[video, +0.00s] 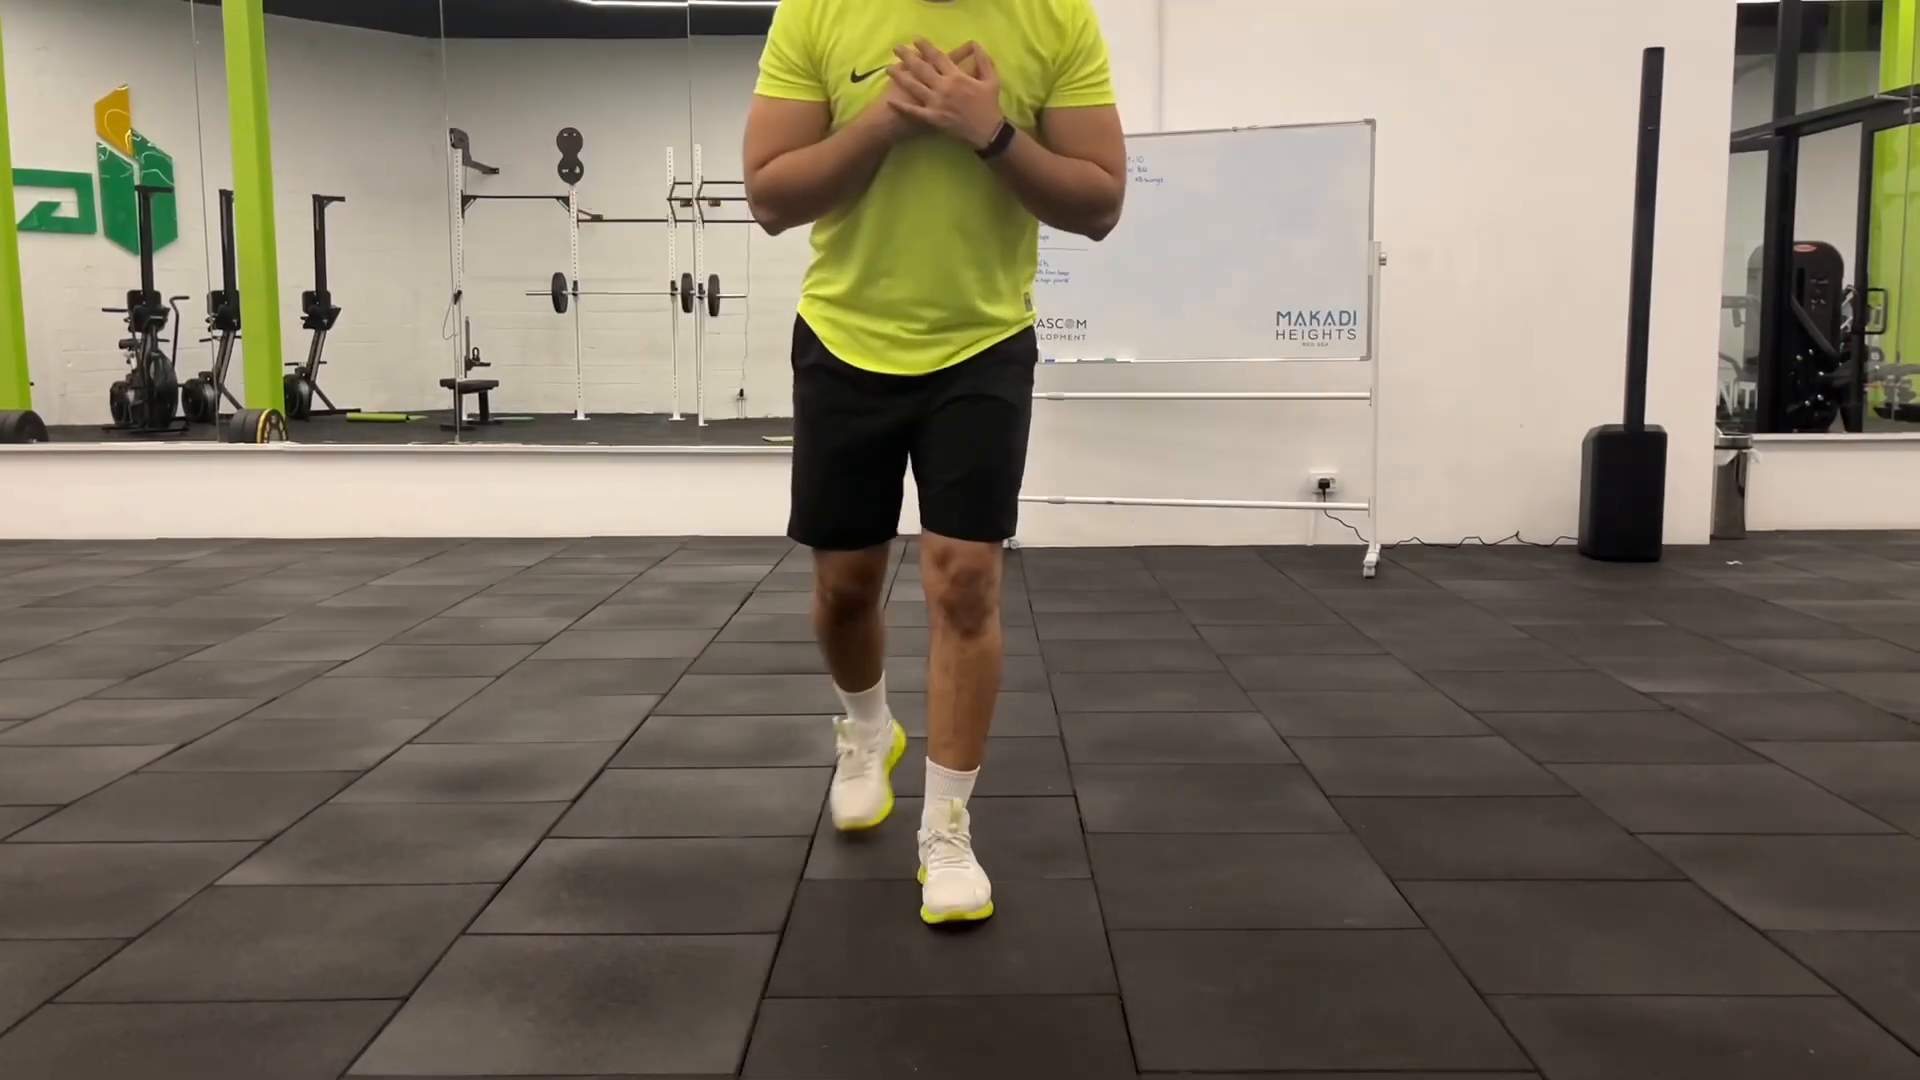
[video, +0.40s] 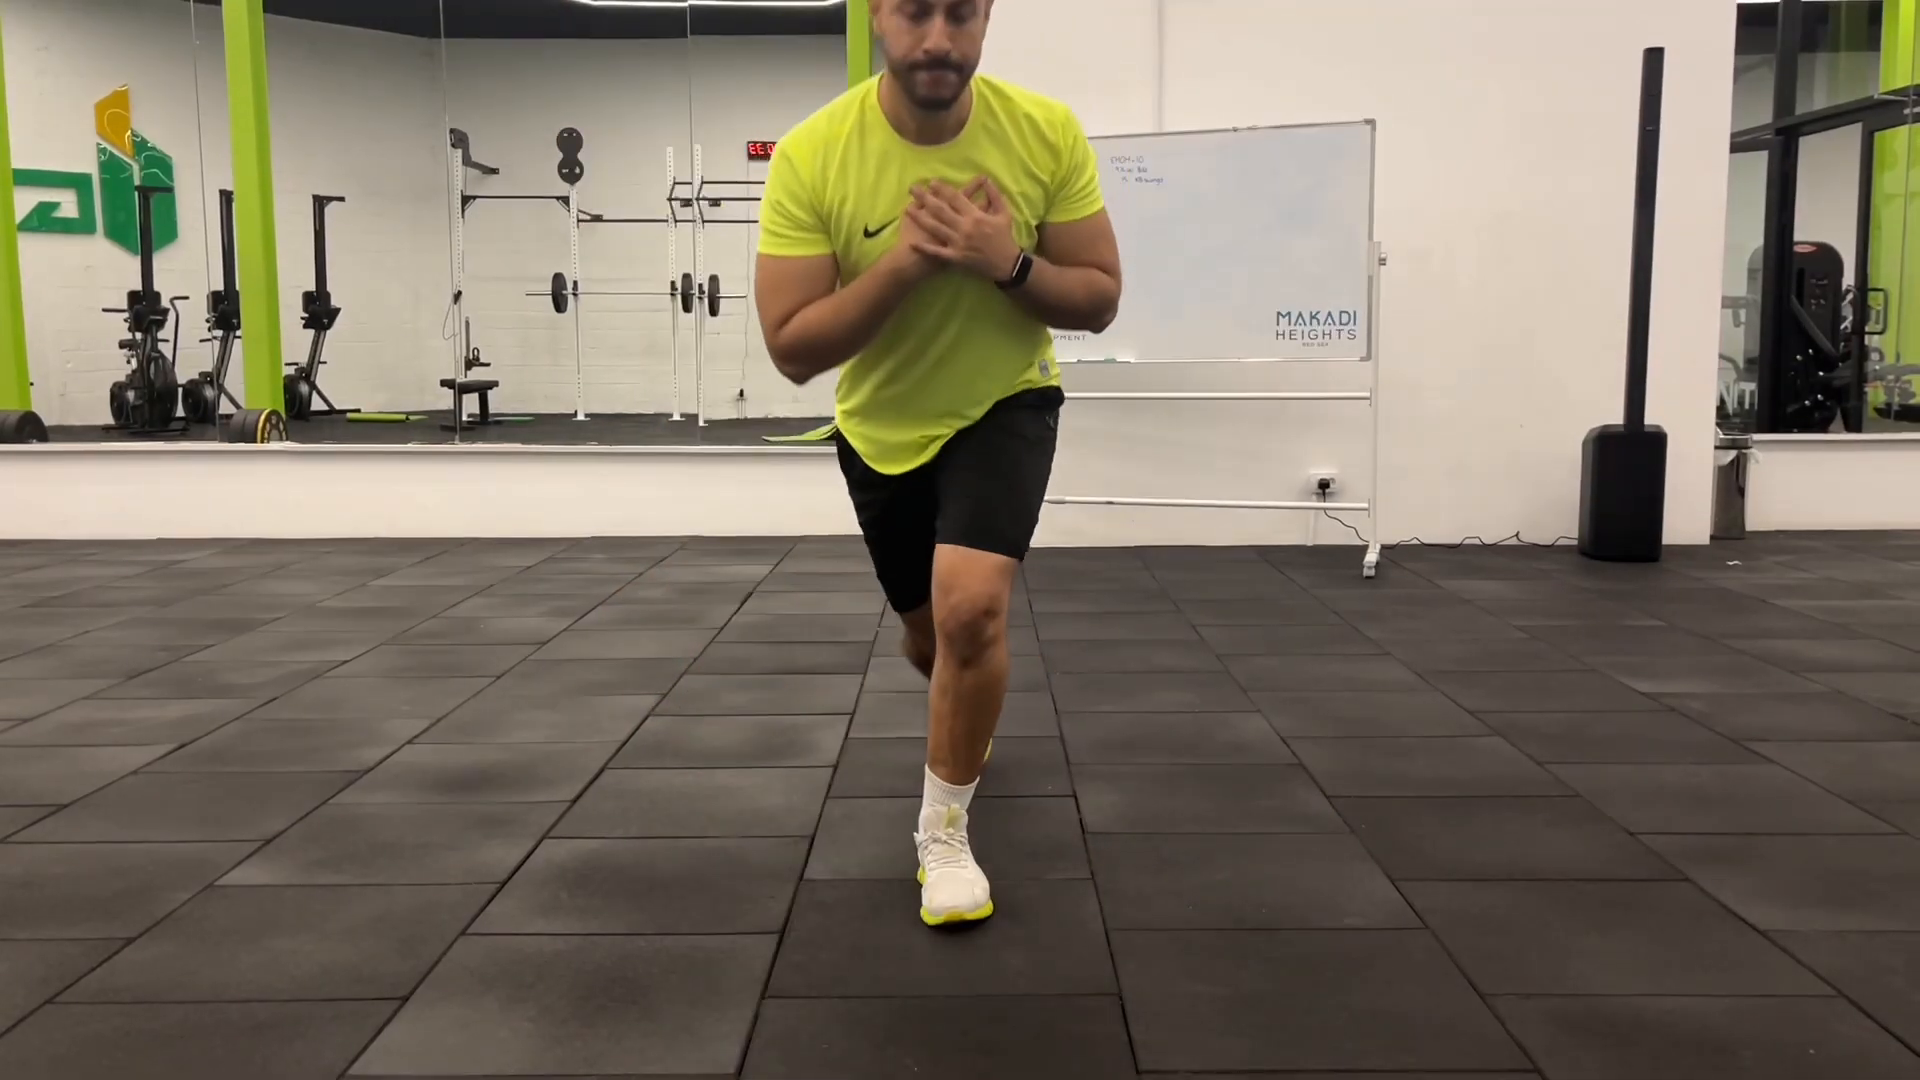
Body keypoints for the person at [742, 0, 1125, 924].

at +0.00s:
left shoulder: (1055, 16)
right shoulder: (816, 11)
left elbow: (1098, 202)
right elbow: (771, 196)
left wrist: (995, 132)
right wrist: (886, 117)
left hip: (983, 335)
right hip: (846, 333)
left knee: (966, 582)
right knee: (844, 586)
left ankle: (947, 829)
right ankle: (866, 730)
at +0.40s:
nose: (939, 39)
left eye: (961, 15)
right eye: (915, 14)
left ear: (986, 22)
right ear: (874, 21)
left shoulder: (1046, 136)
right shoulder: (812, 157)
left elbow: (1098, 300)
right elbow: (792, 345)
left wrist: (1009, 263)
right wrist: (910, 255)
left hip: (1006, 398)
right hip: (882, 421)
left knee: (970, 614)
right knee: (925, 642)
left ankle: (944, 826)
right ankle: (968, 685)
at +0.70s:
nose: (917, 173)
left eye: (938, 146)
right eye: (894, 147)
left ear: (968, 143)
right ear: (862, 147)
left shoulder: (1036, 251)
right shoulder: (813, 283)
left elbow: (1096, 408)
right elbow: (807, 460)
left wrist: (994, 377)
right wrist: (894, 379)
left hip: (1015, 477)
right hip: (897, 516)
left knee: (966, 623)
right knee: (937, 698)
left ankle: (944, 829)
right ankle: (967, 758)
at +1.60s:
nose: (961, 76)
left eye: (983, 50)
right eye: (939, 48)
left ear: (1012, 50)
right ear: (901, 42)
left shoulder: (1060, 171)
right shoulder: (829, 175)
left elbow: (1098, 335)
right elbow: (803, 351)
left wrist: (1007, 299)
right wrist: (901, 284)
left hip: (1005, 414)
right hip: (882, 433)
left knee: (982, 614)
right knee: (924, 645)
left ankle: (948, 832)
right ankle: (967, 699)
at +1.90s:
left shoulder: (1064, 45)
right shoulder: (828, 34)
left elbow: (1100, 232)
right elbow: (789, 225)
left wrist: (999, 166)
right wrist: (891, 148)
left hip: (995, 340)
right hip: (860, 340)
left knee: (969, 586)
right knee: (859, 592)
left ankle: (948, 827)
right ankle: (879, 707)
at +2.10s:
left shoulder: (1059, 13)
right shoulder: (818, 8)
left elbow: (1092, 192)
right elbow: (779, 181)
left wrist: (986, 109)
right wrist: (871, 88)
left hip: (983, 327)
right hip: (841, 317)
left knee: (959, 576)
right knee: (804, 573)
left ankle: (947, 834)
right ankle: (776, 787)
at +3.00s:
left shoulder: (1079, 15)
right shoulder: (836, 8)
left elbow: (1112, 199)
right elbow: (792, 182)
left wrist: (1006, 114)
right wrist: (902, 94)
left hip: (996, 330)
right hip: (858, 324)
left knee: (972, 582)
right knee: (847, 576)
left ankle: (949, 826)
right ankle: (888, 729)